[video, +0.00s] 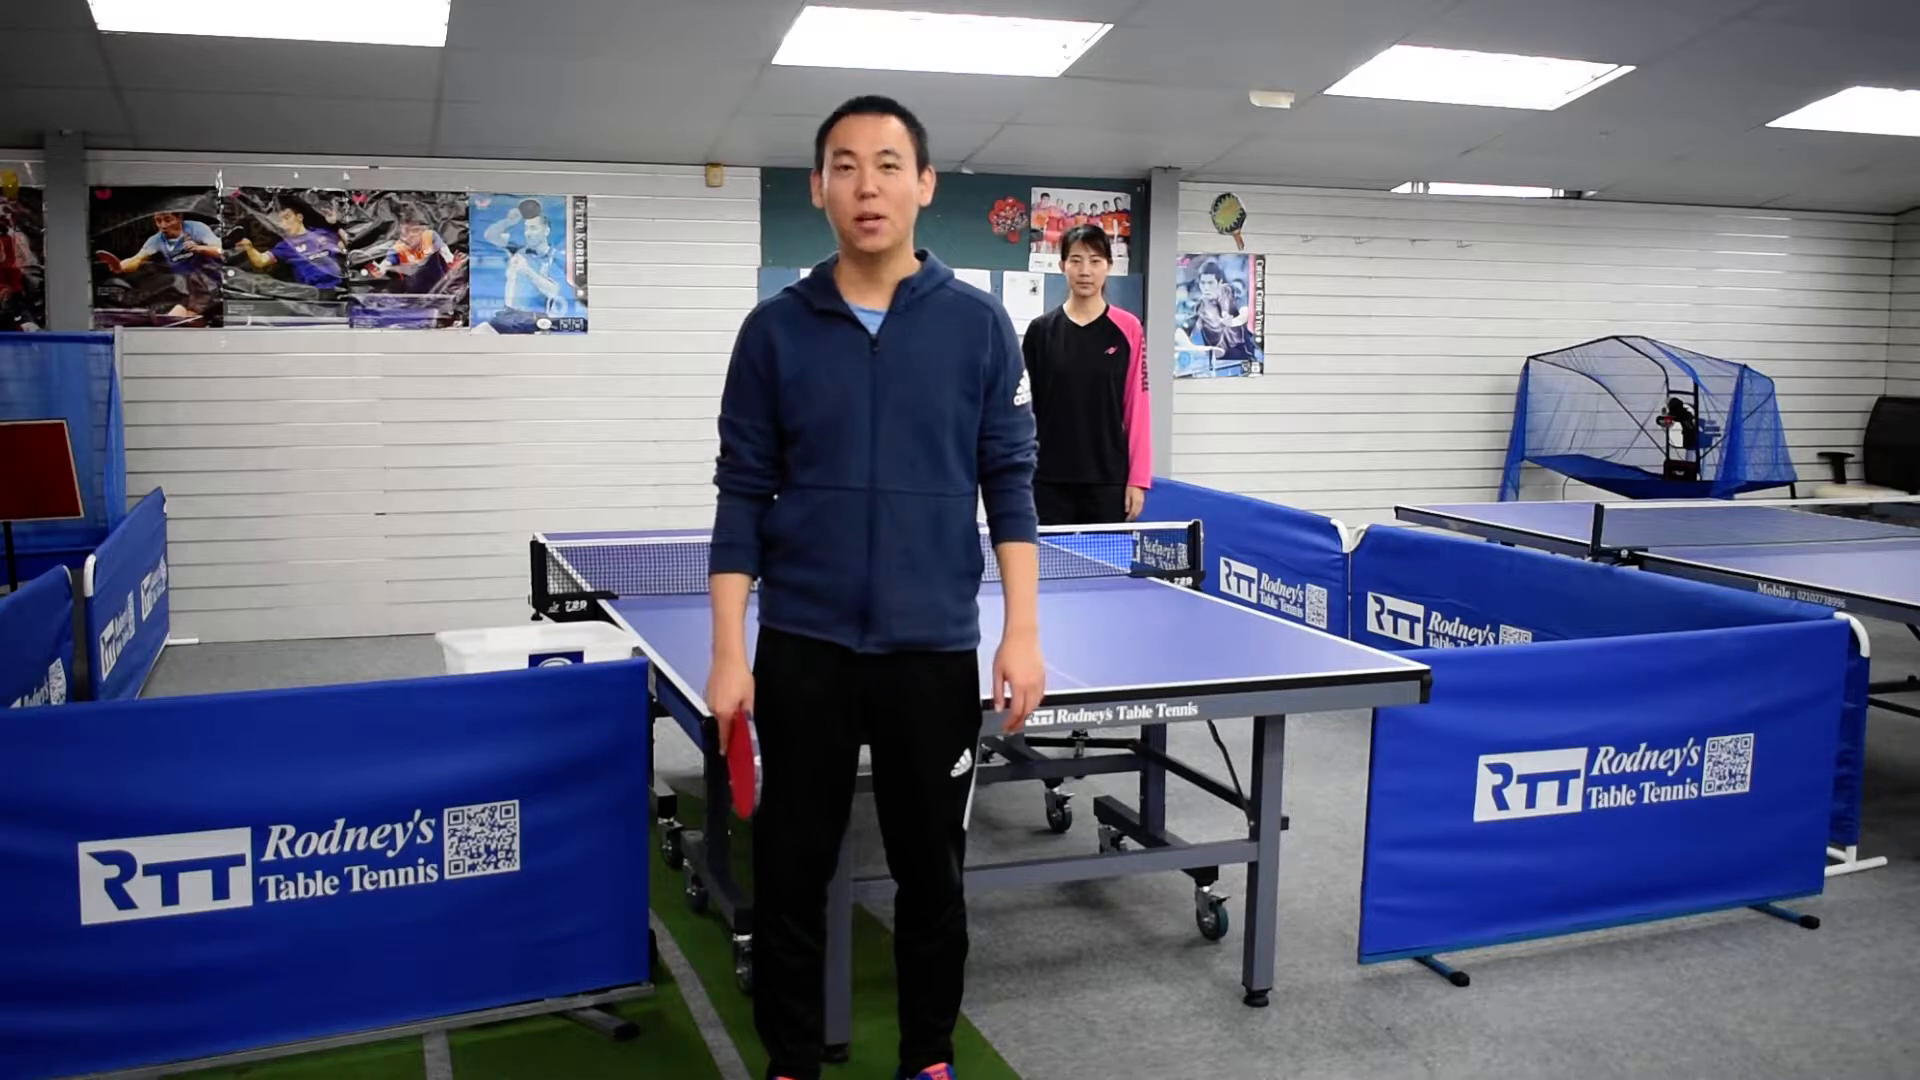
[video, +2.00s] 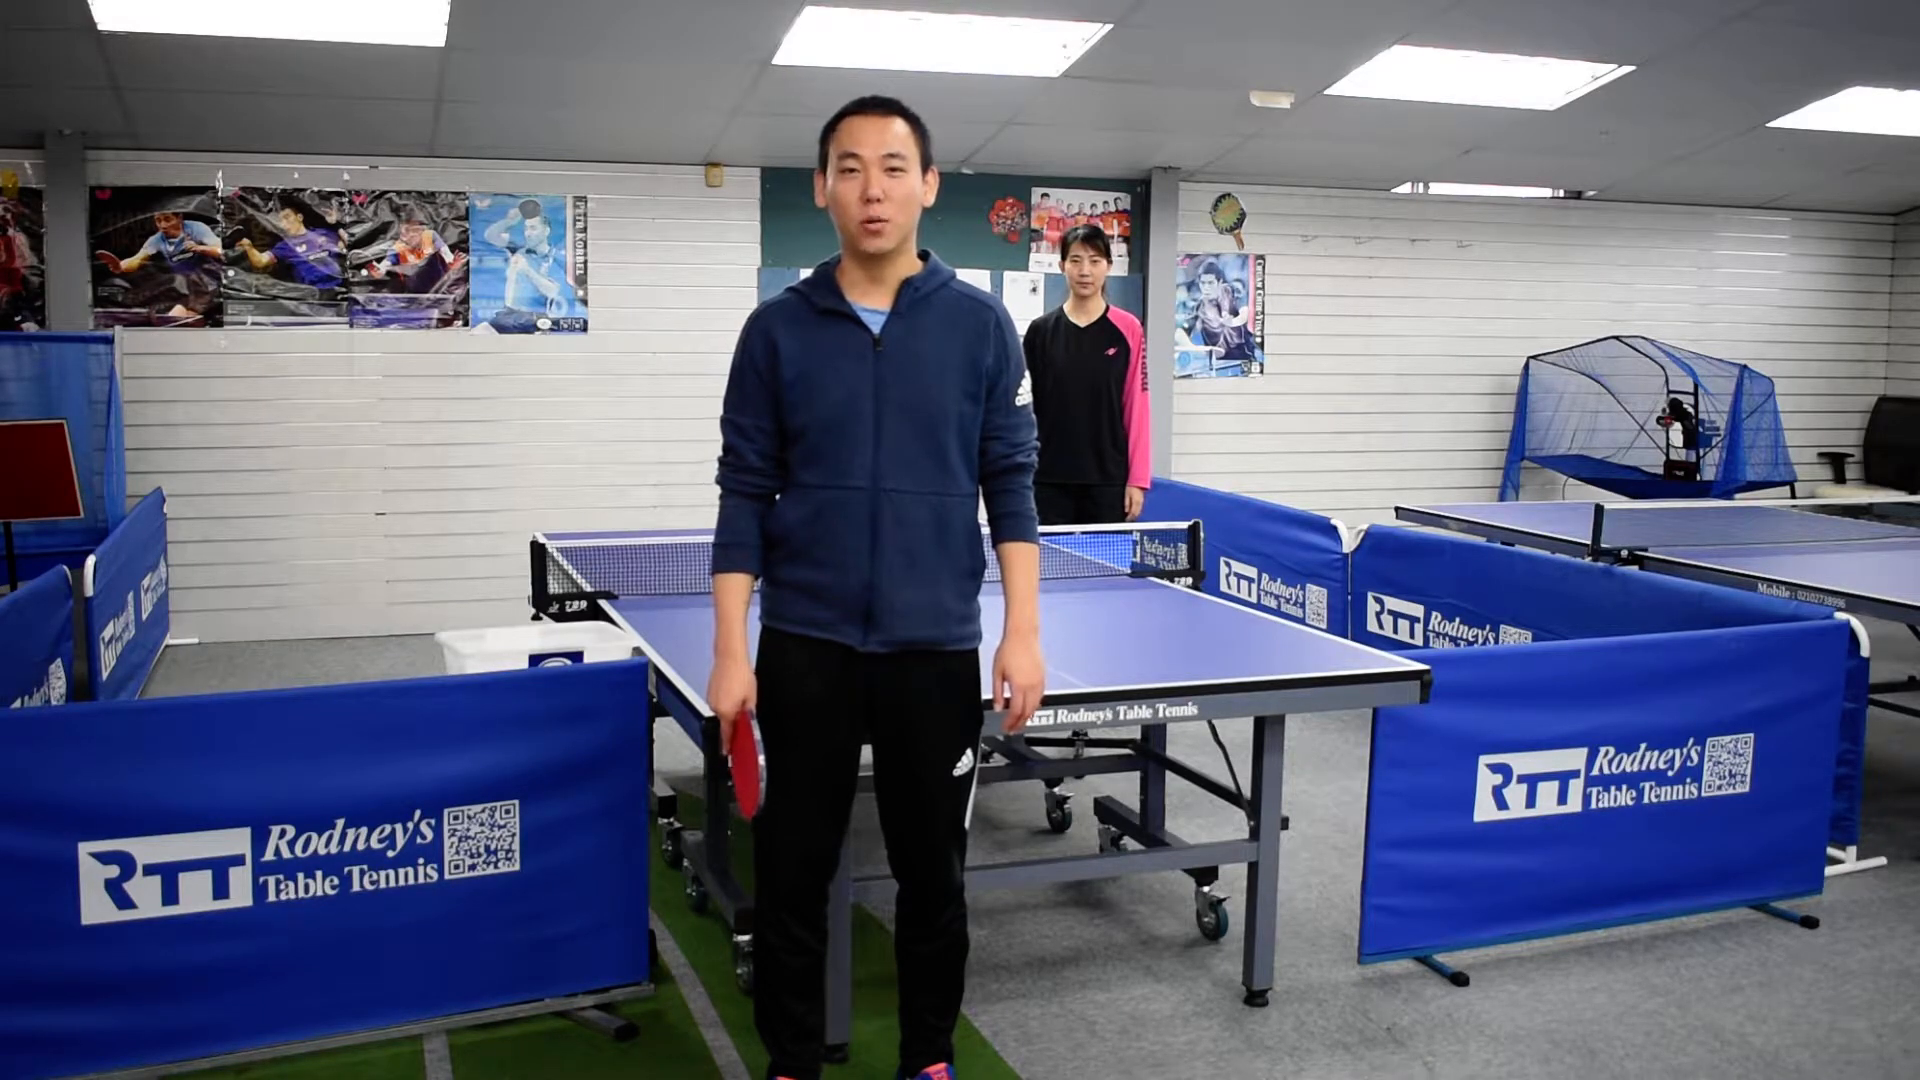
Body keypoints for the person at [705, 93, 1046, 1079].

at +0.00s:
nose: (866, 186)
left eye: (888, 166)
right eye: (845, 167)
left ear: (923, 188)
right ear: (820, 191)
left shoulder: (978, 325)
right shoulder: (775, 329)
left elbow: (1011, 482)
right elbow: (740, 490)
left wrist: (1022, 631)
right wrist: (728, 651)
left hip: (932, 644)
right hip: (804, 642)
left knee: (931, 871)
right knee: (789, 873)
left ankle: (929, 1060)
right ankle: (790, 1061)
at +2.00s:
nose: (870, 188)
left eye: (893, 168)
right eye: (849, 169)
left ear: (927, 189)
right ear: (824, 191)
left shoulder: (979, 325)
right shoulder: (777, 329)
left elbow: (1012, 482)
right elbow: (742, 490)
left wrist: (1023, 631)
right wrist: (730, 650)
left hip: (934, 644)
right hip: (806, 643)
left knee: (932, 874)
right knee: (791, 875)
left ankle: (930, 1060)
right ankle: (791, 1062)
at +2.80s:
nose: (864, 195)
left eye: (884, 173)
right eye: (842, 176)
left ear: (919, 187)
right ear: (814, 194)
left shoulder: (976, 323)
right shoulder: (777, 328)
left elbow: (1010, 478)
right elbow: (736, 467)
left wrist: (1025, 628)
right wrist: (682, 539)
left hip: (936, 640)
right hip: (808, 636)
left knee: (931, 869)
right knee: (793, 867)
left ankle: (928, 1058)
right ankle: (792, 1062)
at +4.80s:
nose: (869, 185)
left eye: (891, 166)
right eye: (848, 167)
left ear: (926, 188)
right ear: (824, 191)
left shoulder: (981, 326)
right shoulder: (779, 329)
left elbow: (1014, 482)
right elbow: (745, 489)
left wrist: (1024, 632)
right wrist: (742, 645)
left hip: (934, 647)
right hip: (803, 645)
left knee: (932, 876)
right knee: (791, 881)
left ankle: (929, 1061)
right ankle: (791, 1063)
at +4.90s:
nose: (868, 184)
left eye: (890, 165)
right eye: (847, 167)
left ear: (925, 188)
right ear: (823, 191)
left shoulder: (980, 326)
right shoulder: (779, 329)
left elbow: (1013, 483)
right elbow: (744, 489)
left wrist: (1022, 631)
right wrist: (741, 645)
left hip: (933, 647)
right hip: (803, 645)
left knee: (932, 875)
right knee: (791, 881)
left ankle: (930, 1060)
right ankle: (791, 1062)